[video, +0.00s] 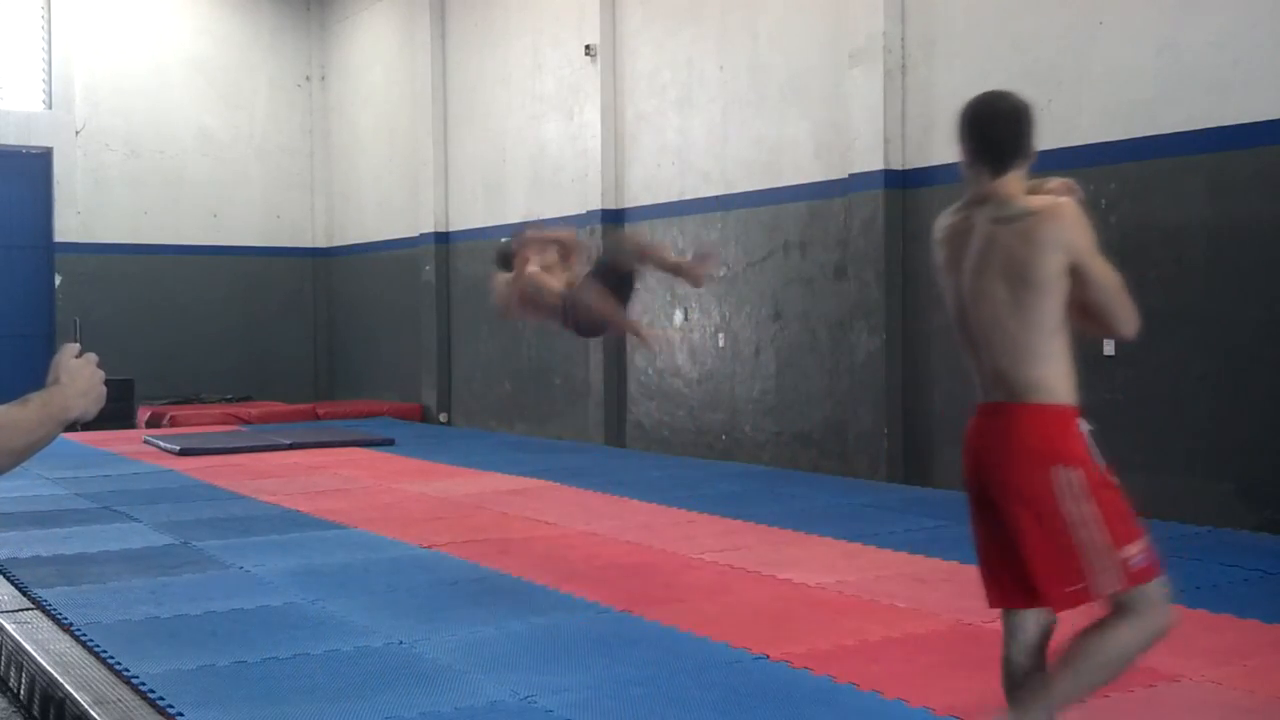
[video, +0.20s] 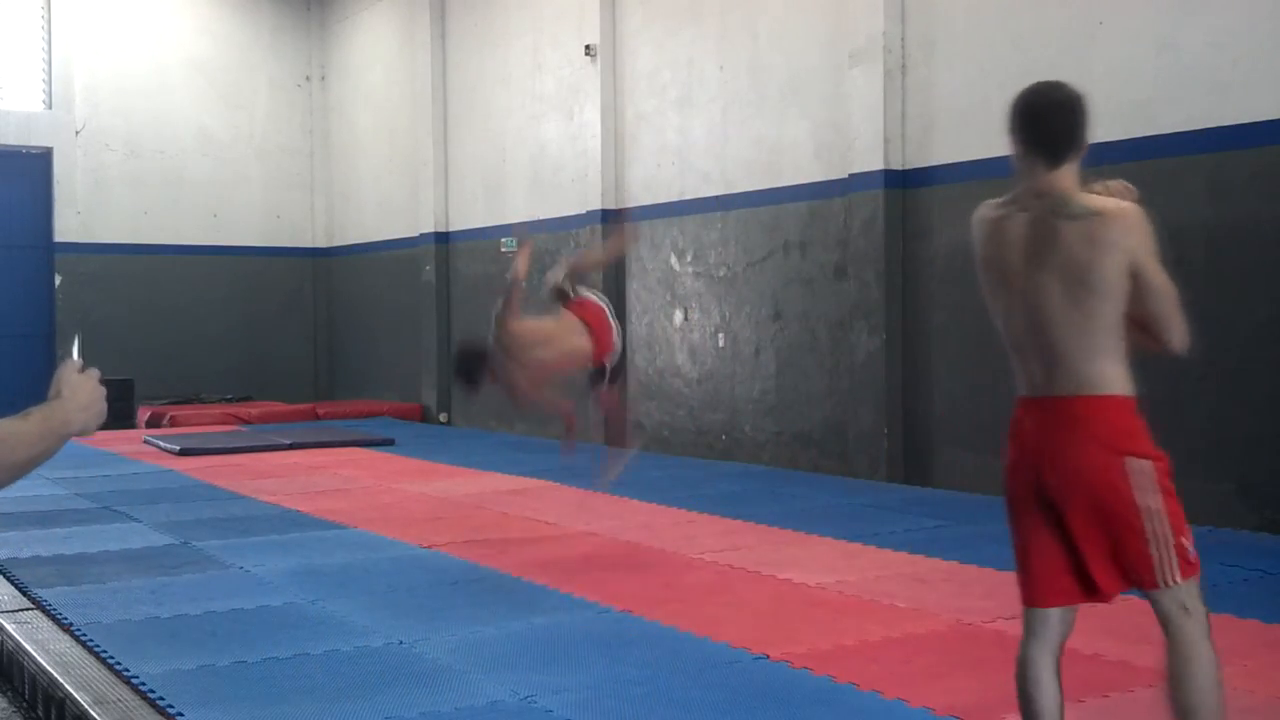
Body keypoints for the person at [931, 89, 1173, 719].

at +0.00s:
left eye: (973, 145)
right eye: (1024, 143)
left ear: (964, 151)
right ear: (1030, 147)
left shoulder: (948, 228)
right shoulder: (1057, 215)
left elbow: (1002, 296)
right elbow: (1121, 321)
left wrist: (1045, 210)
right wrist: (1049, 279)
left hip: (988, 441)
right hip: (1049, 443)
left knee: (1026, 618)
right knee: (1149, 609)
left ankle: (1022, 718)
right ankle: (1031, 706)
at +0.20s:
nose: (1018, 148)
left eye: (1017, 136)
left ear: (1014, 142)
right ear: (1083, 141)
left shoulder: (987, 223)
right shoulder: (1121, 220)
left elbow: (1040, 291)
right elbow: (1172, 335)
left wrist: (1091, 204)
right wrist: (1095, 306)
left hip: (1030, 444)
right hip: (1109, 443)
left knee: (1041, 630)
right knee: (1185, 618)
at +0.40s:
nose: (1079, 152)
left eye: (1079, 142)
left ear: (1083, 144)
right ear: (1149, 144)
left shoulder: (1042, 237)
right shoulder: (1202, 233)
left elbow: (993, 339)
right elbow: (1258, 357)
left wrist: (1056, 300)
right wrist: (1202, 321)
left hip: (1083, 448)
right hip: (1171, 450)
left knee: (1065, 634)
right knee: (1204, 635)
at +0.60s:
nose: (1132, 162)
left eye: (1132, 151)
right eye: (1132, 151)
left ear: (1144, 153)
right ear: (1206, 150)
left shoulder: (1100, 241)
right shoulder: (1265, 237)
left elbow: (1085, 368)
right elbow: (1275, 373)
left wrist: (1139, 335)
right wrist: (1232, 338)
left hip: (1137, 451)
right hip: (1228, 452)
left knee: (1104, 634)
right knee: (1236, 646)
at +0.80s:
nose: (1170, 160)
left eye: (1171, 148)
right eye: (1169, 148)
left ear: (1190, 150)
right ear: (1244, 149)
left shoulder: (1140, 232)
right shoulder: (1275, 229)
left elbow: (1075, 342)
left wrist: (1144, 361)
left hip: (1172, 451)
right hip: (1261, 451)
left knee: (1134, 624)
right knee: (1253, 645)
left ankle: (1194, 715)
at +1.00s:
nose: (1186, 159)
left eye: (1187, 147)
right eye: (1187, 147)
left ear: (1203, 153)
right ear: (1261, 151)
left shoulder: (1158, 240)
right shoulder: (1279, 229)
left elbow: (1078, 346)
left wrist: (1142, 399)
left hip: (1205, 468)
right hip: (1274, 460)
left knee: (1220, 675)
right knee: (1269, 669)